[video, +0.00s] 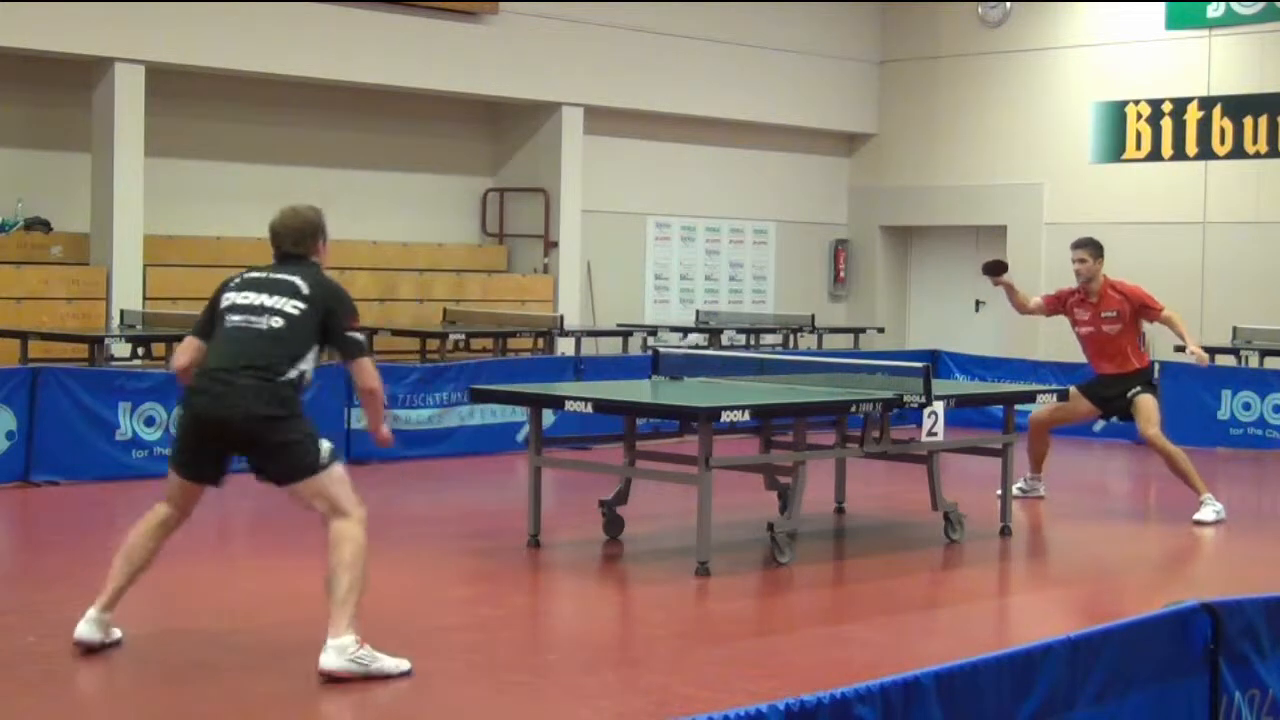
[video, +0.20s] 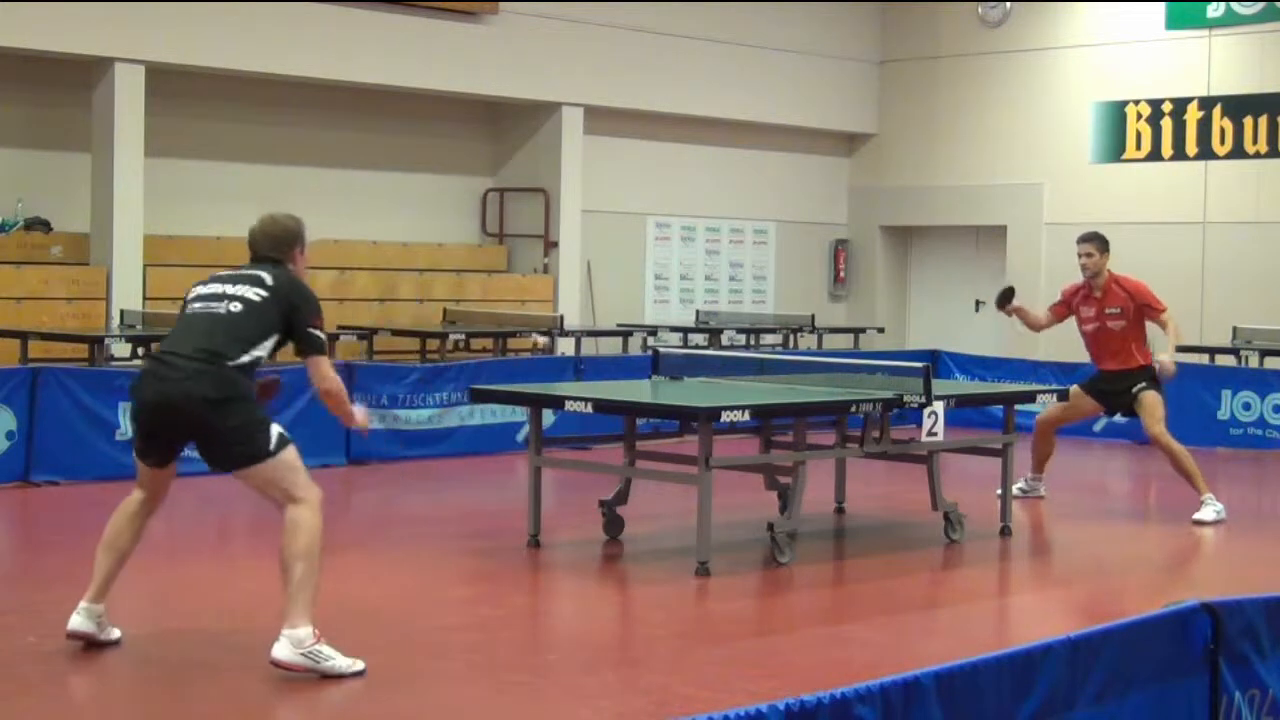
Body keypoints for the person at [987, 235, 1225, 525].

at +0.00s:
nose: (1076, 268)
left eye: (1082, 262)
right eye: (1074, 262)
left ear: (1100, 263)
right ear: (1072, 265)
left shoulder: (1125, 294)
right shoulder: (1069, 299)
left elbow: (1169, 318)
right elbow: (1026, 307)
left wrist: (1191, 344)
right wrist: (1008, 286)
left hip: (1137, 382)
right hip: (1102, 384)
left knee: (1150, 434)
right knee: (1039, 419)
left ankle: (1208, 501)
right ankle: (1034, 481)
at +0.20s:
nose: (1083, 261)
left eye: (1089, 256)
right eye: (1080, 256)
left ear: (1106, 258)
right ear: (1077, 259)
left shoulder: (1130, 288)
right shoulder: (1074, 295)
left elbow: (1168, 322)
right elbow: (1040, 323)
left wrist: (1169, 354)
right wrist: (1017, 309)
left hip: (1140, 378)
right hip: (1105, 380)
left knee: (1156, 433)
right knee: (1045, 422)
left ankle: (1209, 500)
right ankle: (1034, 482)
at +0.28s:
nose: (1082, 261)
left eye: (1088, 255)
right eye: (1079, 255)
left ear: (1105, 256)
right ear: (1076, 258)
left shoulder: (1127, 288)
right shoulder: (1074, 294)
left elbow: (1165, 327)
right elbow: (1045, 329)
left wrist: (1140, 348)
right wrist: (1022, 320)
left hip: (1140, 377)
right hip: (1105, 379)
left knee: (1154, 432)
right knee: (1045, 422)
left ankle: (1209, 500)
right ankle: (1034, 482)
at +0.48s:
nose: (1065, 253)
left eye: (1071, 247)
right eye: (1061, 248)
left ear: (1087, 248)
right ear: (1059, 252)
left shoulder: (1112, 277)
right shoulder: (1063, 286)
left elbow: (1137, 318)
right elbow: (1043, 326)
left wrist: (1090, 326)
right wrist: (1024, 322)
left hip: (1133, 363)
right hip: (1099, 365)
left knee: (1146, 422)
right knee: (1042, 408)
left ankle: (1197, 494)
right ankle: (1028, 478)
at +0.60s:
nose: (1049, 268)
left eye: (1054, 261)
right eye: (1046, 262)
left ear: (1071, 262)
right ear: (1045, 265)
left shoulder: (1096, 289)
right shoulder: (1053, 299)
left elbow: (1113, 337)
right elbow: (1038, 342)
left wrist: (1061, 349)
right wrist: (1012, 343)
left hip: (1131, 366)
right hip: (1100, 371)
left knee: (1140, 426)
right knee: (1040, 416)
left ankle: (1189, 498)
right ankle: (1015, 482)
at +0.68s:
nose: (1044, 279)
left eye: (1049, 273)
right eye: (1041, 274)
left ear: (1066, 271)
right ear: (1041, 276)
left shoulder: (1090, 296)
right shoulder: (1054, 307)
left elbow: (1111, 344)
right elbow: (1045, 346)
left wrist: (1067, 362)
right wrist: (1011, 359)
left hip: (1127, 375)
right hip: (1096, 380)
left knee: (1134, 431)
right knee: (1034, 417)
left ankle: (1188, 499)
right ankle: (1015, 481)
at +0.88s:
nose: (1055, 273)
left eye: (1060, 266)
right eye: (1051, 268)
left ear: (1076, 265)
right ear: (1049, 269)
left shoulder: (1103, 289)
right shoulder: (1052, 301)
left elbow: (1149, 308)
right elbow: (1026, 328)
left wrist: (1139, 329)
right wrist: (1012, 330)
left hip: (1130, 374)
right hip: (1096, 379)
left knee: (1143, 430)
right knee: (1037, 419)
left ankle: (1192, 500)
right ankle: (1014, 483)